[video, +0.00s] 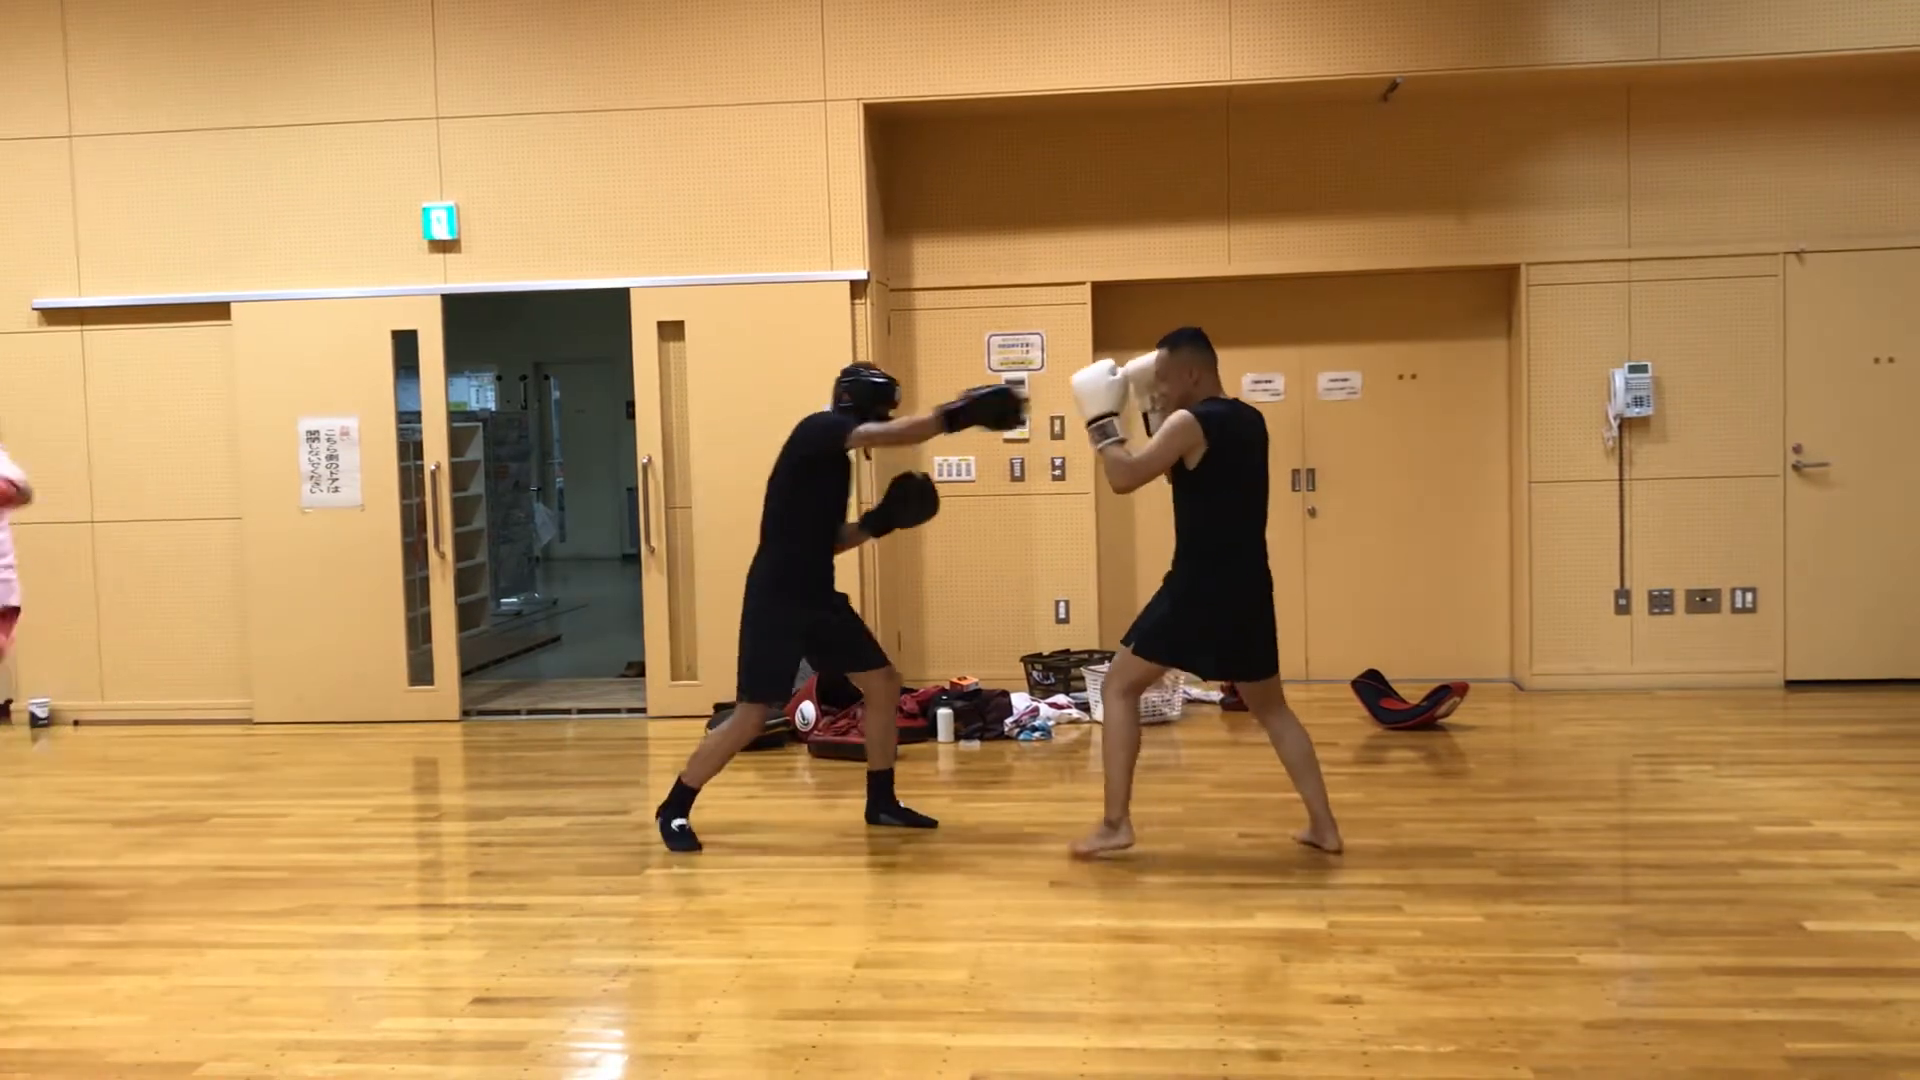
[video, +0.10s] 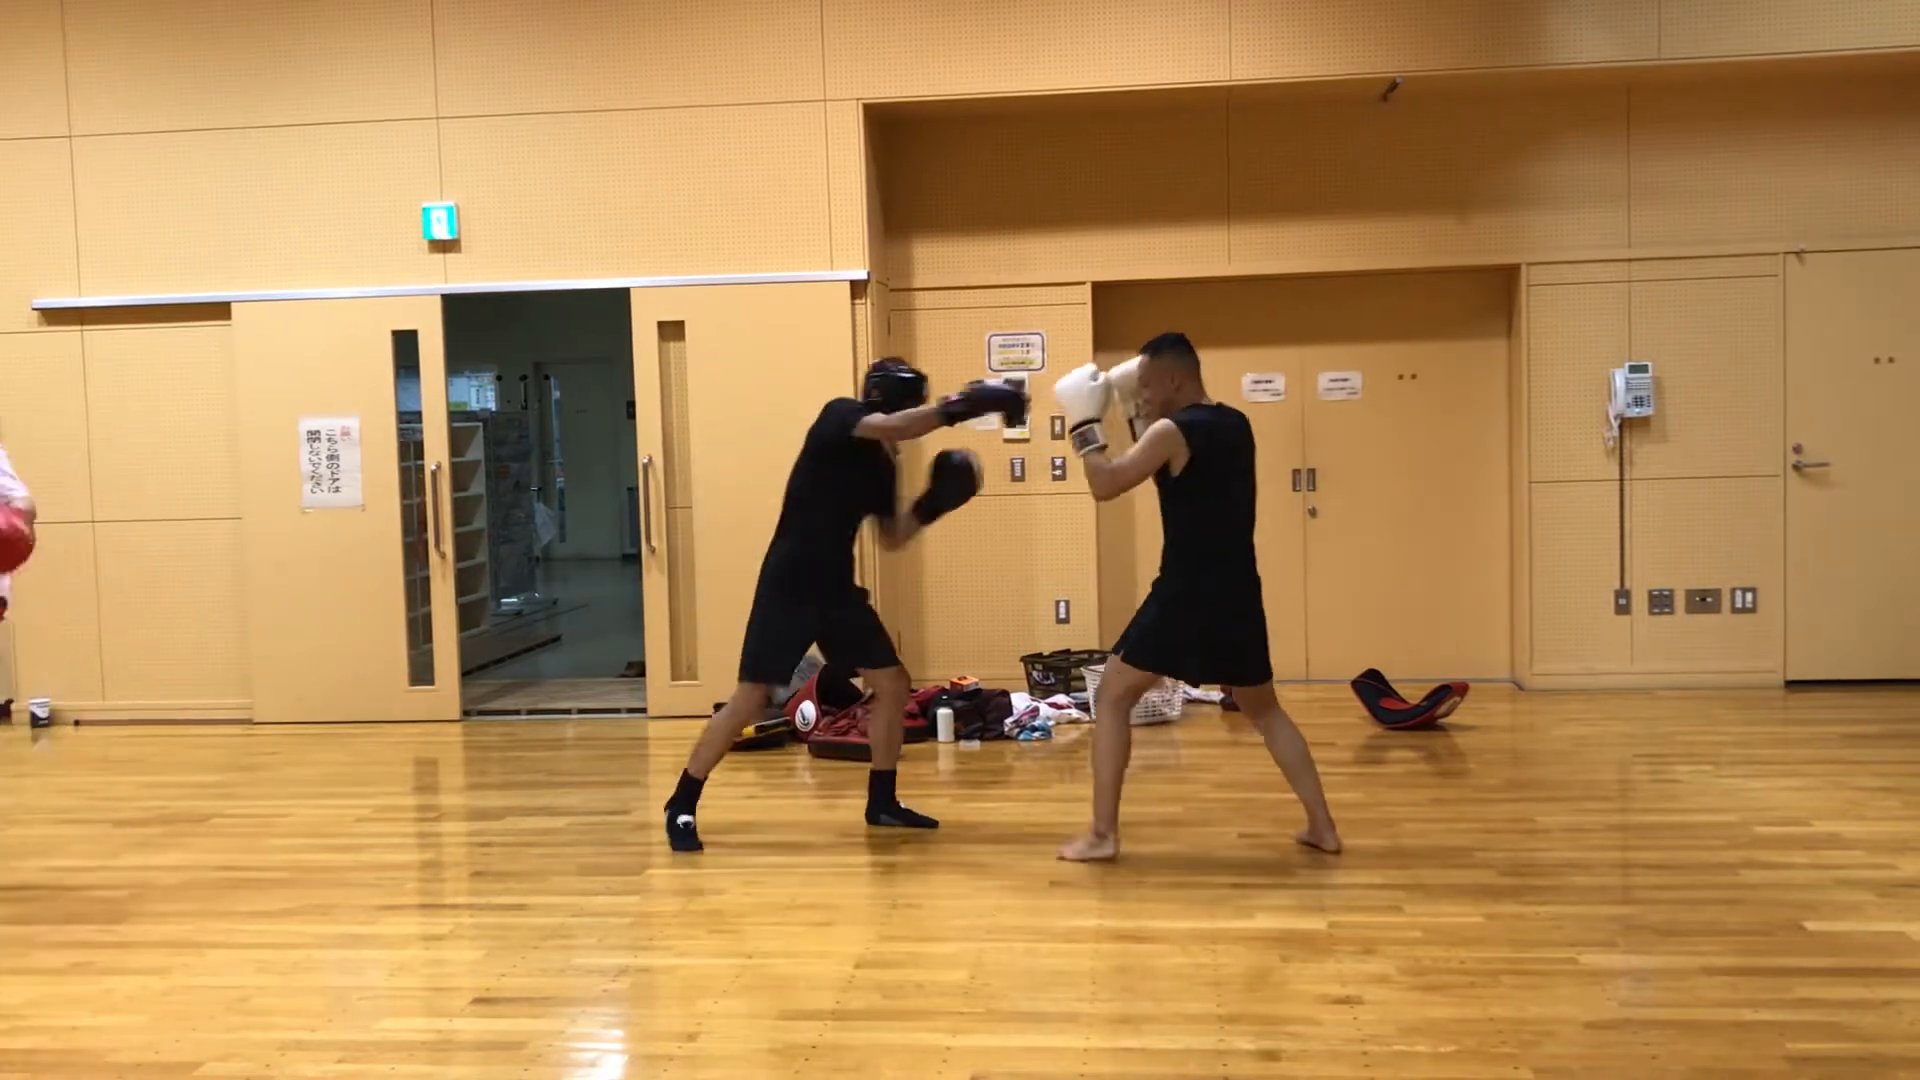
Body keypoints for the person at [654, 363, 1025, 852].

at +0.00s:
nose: (887, 419)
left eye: (888, 411)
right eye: (883, 410)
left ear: (847, 403)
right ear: (857, 402)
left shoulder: (834, 457)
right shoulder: (819, 428)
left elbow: (825, 543)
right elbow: (896, 433)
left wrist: (881, 519)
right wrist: (959, 414)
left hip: (817, 594)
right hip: (777, 594)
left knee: (882, 684)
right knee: (752, 716)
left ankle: (881, 802)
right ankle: (673, 810)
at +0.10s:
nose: (914, 417)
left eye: (917, 410)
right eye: (911, 409)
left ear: (881, 399)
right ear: (889, 403)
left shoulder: (881, 463)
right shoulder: (838, 416)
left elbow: (892, 536)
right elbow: (893, 429)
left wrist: (935, 500)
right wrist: (960, 407)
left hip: (835, 586)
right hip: (788, 580)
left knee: (892, 684)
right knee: (752, 697)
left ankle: (883, 803)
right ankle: (681, 806)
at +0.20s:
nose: (928, 415)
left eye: (932, 408)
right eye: (924, 404)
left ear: (927, 412)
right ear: (900, 395)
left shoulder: (913, 457)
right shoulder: (851, 407)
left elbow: (952, 518)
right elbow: (852, 436)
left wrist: (988, 474)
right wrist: (921, 414)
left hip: (849, 580)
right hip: (799, 570)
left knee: (898, 686)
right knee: (756, 684)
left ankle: (884, 803)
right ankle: (696, 798)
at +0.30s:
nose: (959, 408)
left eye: (960, 401)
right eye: (955, 398)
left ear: (951, 403)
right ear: (927, 391)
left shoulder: (945, 444)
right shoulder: (868, 409)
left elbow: (1008, 448)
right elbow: (822, 439)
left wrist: (1059, 410)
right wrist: (880, 418)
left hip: (863, 577)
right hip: (811, 563)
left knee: (900, 683)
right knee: (770, 671)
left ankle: (884, 802)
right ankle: (723, 794)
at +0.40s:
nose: (958, 403)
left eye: (963, 396)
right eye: (949, 393)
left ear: (963, 396)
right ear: (920, 384)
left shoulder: (949, 434)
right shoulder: (875, 404)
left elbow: (1003, 445)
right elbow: (819, 439)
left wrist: (1038, 417)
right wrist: (872, 427)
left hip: (879, 573)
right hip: (823, 561)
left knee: (904, 681)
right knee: (786, 667)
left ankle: (886, 801)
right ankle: (763, 779)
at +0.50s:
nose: (962, 393)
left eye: (965, 385)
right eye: (955, 384)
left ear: (961, 384)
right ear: (923, 380)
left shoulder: (952, 427)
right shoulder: (873, 404)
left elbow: (1002, 473)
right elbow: (824, 449)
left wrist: (1026, 435)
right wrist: (879, 435)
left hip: (895, 565)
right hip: (839, 556)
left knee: (907, 676)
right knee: (812, 663)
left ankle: (887, 797)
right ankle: (817, 762)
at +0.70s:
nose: (939, 395)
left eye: (941, 385)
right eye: (928, 385)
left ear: (944, 385)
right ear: (897, 385)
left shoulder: (949, 429)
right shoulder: (866, 426)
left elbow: (975, 499)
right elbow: (844, 495)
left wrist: (973, 471)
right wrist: (890, 465)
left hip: (934, 559)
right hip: (883, 561)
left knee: (961, 654)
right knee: (871, 669)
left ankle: (934, 773)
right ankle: (870, 770)